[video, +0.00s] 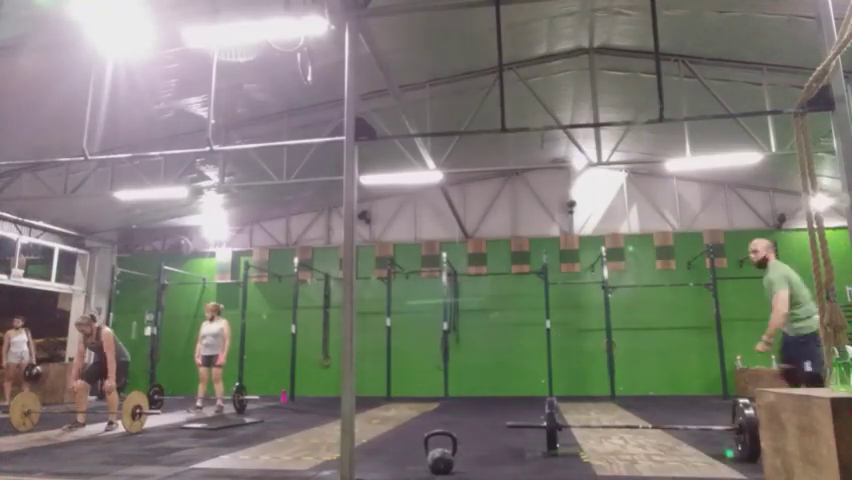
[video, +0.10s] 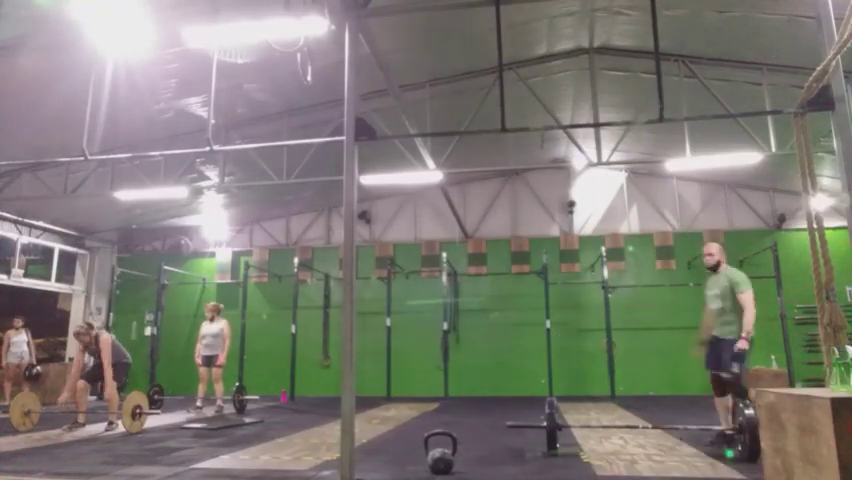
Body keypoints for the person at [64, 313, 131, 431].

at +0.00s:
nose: (82, 332)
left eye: (83, 329)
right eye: (80, 330)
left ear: (91, 325)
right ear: (80, 329)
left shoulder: (105, 333)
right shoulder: (84, 336)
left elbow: (111, 357)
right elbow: (80, 357)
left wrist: (111, 379)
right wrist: (74, 379)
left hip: (119, 360)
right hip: (102, 361)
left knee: (109, 387)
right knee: (81, 385)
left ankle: (112, 421)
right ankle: (80, 420)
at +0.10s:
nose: (83, 343)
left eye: (84, 340)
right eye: (81, 341)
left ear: (91, 334)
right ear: (79, 338)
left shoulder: (104, 338)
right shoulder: (83, 343)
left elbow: (107, 364)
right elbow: (76, 367)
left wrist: (108, 389)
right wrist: (67, 391)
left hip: (120, 363)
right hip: (102, 364)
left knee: (111, 385)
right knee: (81, 385)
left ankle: (112, 420)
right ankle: (80, 420)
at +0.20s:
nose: (80, 355)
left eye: (82, 351)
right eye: (78, 353)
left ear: (89, 345)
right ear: (77, 350)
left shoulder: (102, 349)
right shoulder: (81, 353)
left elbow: (106, 376)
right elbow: (72, 377)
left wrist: (107, 400)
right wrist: (60, 400)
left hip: (121, 365)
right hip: (102, 366)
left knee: (110, 385)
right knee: (81, 385)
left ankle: (112, 421)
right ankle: (80, 421)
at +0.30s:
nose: (80, 362)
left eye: (82, 359)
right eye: (78, 360)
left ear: (89, 354)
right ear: (75, 358)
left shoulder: (102, 356)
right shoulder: (78, 359)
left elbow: (109, 381)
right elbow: (66, 380)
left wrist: (107, 404)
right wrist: (56, 403)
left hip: (121, 367)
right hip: (102, 368)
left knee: (107, 388)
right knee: (79, 386)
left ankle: (112, 421)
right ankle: (80, 420)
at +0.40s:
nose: (77, 354)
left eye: (79, 350)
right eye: (75, 351)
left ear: (87, 350)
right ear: (73, 352)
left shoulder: (101, 355)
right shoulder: (77, 358)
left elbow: (106, 381)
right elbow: (67, 380)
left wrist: (105, 405)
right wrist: (56, 404)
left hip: (120, 370)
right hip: (101, 371)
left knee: (104, 388)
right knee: (77, 387)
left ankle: (112, 421)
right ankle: (80, 421)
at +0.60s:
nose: (78, 350)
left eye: (81, 347)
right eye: (76, 347)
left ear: (90, 347)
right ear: (75, 348)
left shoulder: (102, 356)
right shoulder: (78, 359)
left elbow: (110, 380)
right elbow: (70, 380)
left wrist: (112, 404)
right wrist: (62, 402)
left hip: (118, 374)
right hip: (98, 375)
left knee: (102, 389)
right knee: (74, 389)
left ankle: (112, 421)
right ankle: (80, 421)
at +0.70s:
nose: (81, 348)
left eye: (84, 345)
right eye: (79, 345)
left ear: (92, 345)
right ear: (77, 346)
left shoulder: (105, 352)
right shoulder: (80, 356)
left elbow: (112, 377)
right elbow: (73, 378)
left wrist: (115, 401)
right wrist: (67, 400)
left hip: (120, 369)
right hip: (100, 370)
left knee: (106, 386)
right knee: (78, 386)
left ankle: (112, 421)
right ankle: (80, 420)